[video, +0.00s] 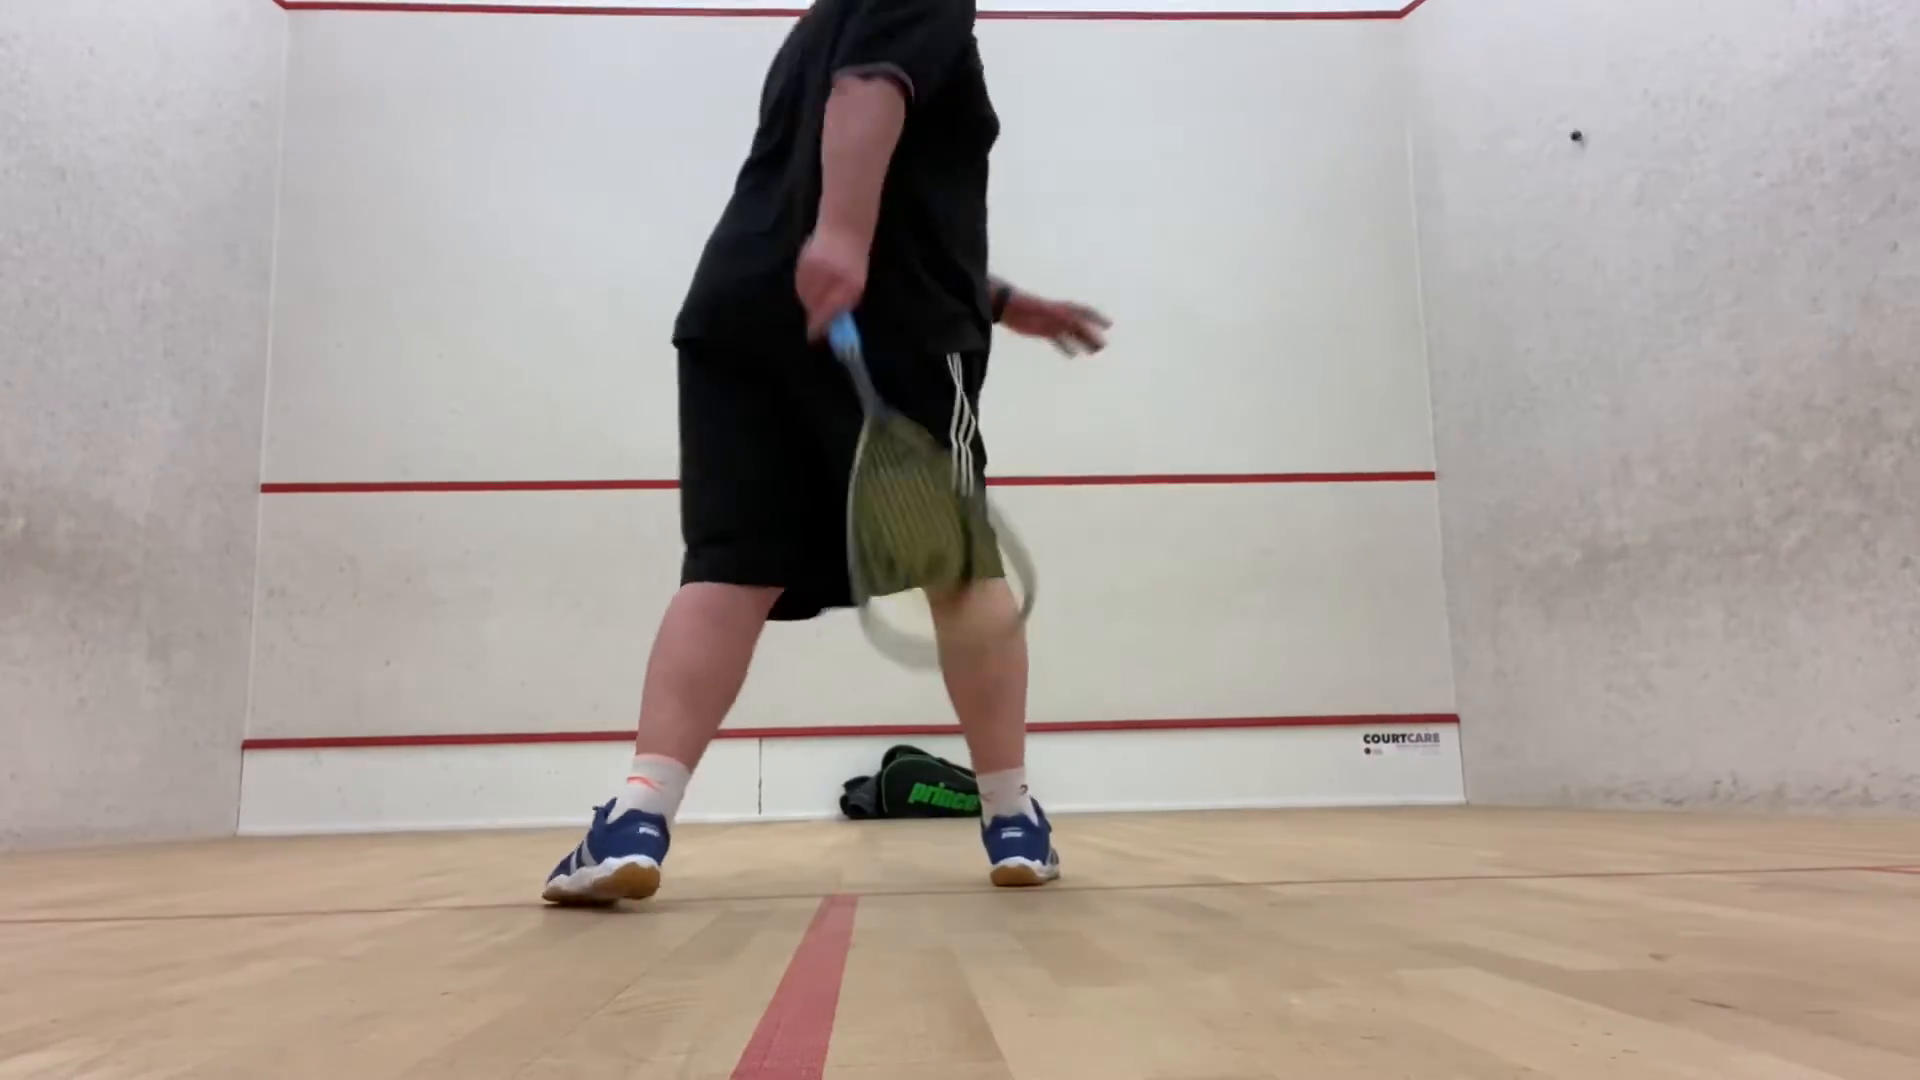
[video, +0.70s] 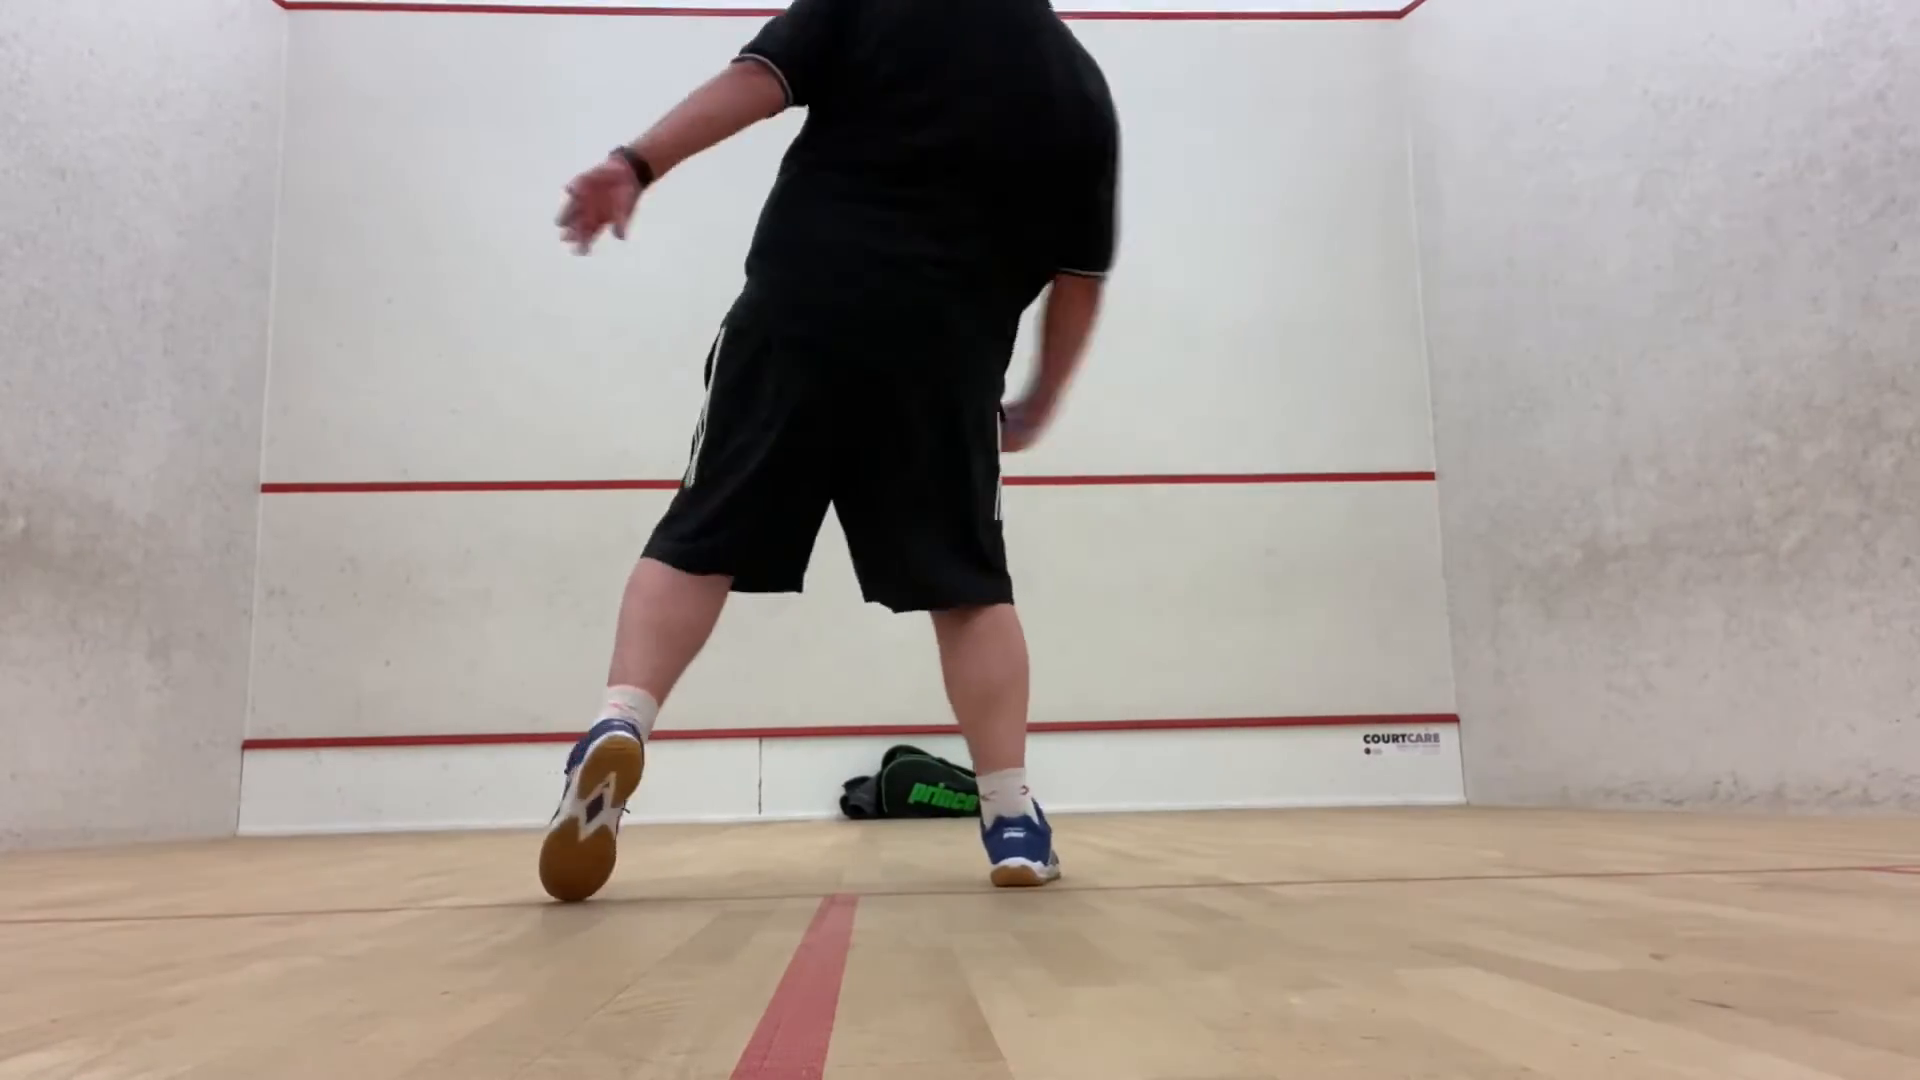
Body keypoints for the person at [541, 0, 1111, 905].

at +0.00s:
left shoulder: (822, 30)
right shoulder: (927, 2)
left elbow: (869, 211)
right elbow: (869, 84)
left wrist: (1004, 301)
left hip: (738, 313)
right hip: (885, 318)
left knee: (729, 564)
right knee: (963, 562)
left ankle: (639, 814)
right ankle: (1011, 815)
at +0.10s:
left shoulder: (865, 26)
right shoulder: (931, 9)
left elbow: (931, 210)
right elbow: (877, 129)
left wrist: (1071, 264)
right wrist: (937, 310)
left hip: (763, 322)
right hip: (896, 332)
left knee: (752, 559)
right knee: (976, 564)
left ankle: (644, 792)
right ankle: (1013, 817)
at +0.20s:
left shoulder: (882, 23)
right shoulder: (945, 0)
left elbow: (913, 179)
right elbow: (946, 86)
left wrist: (1053, 243)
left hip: (780, 306)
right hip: (921, 320)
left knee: (763, 551)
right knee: (980, 562)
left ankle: (650, 777)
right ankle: (1015, 817)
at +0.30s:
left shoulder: (887, 25)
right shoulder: (973, 19)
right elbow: (1044, 36)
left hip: (785, 307)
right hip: (929, 326)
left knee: (760, 548)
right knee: (987, 569)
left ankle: (649, 770)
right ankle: (1011, 814)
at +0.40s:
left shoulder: (884, 10)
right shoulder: (1057, 28)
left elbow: (786, 89)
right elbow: (1179, 104)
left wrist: (778, 171)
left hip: (796, 308)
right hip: (950, 333)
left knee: (750, 543)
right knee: (991, 566)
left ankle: (651, 759)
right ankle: (1016, 817)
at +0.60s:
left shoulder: (881, 8)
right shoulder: (1099, 66)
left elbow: (747, 67)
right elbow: (1195, 222)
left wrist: (605, 143)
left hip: (784, 315)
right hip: (933, 349)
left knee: (719, 518)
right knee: (960, 570)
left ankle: (628, 708)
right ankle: (1012, 818)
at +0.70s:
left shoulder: (865, 7)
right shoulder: (1079, 88)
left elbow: (764, 76)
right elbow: (1080, 274)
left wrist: (638, 160)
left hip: (790, 323)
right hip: (941, 364)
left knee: (706, 527)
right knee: (967, 579)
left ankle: (622, 721)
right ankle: (1013, 818)